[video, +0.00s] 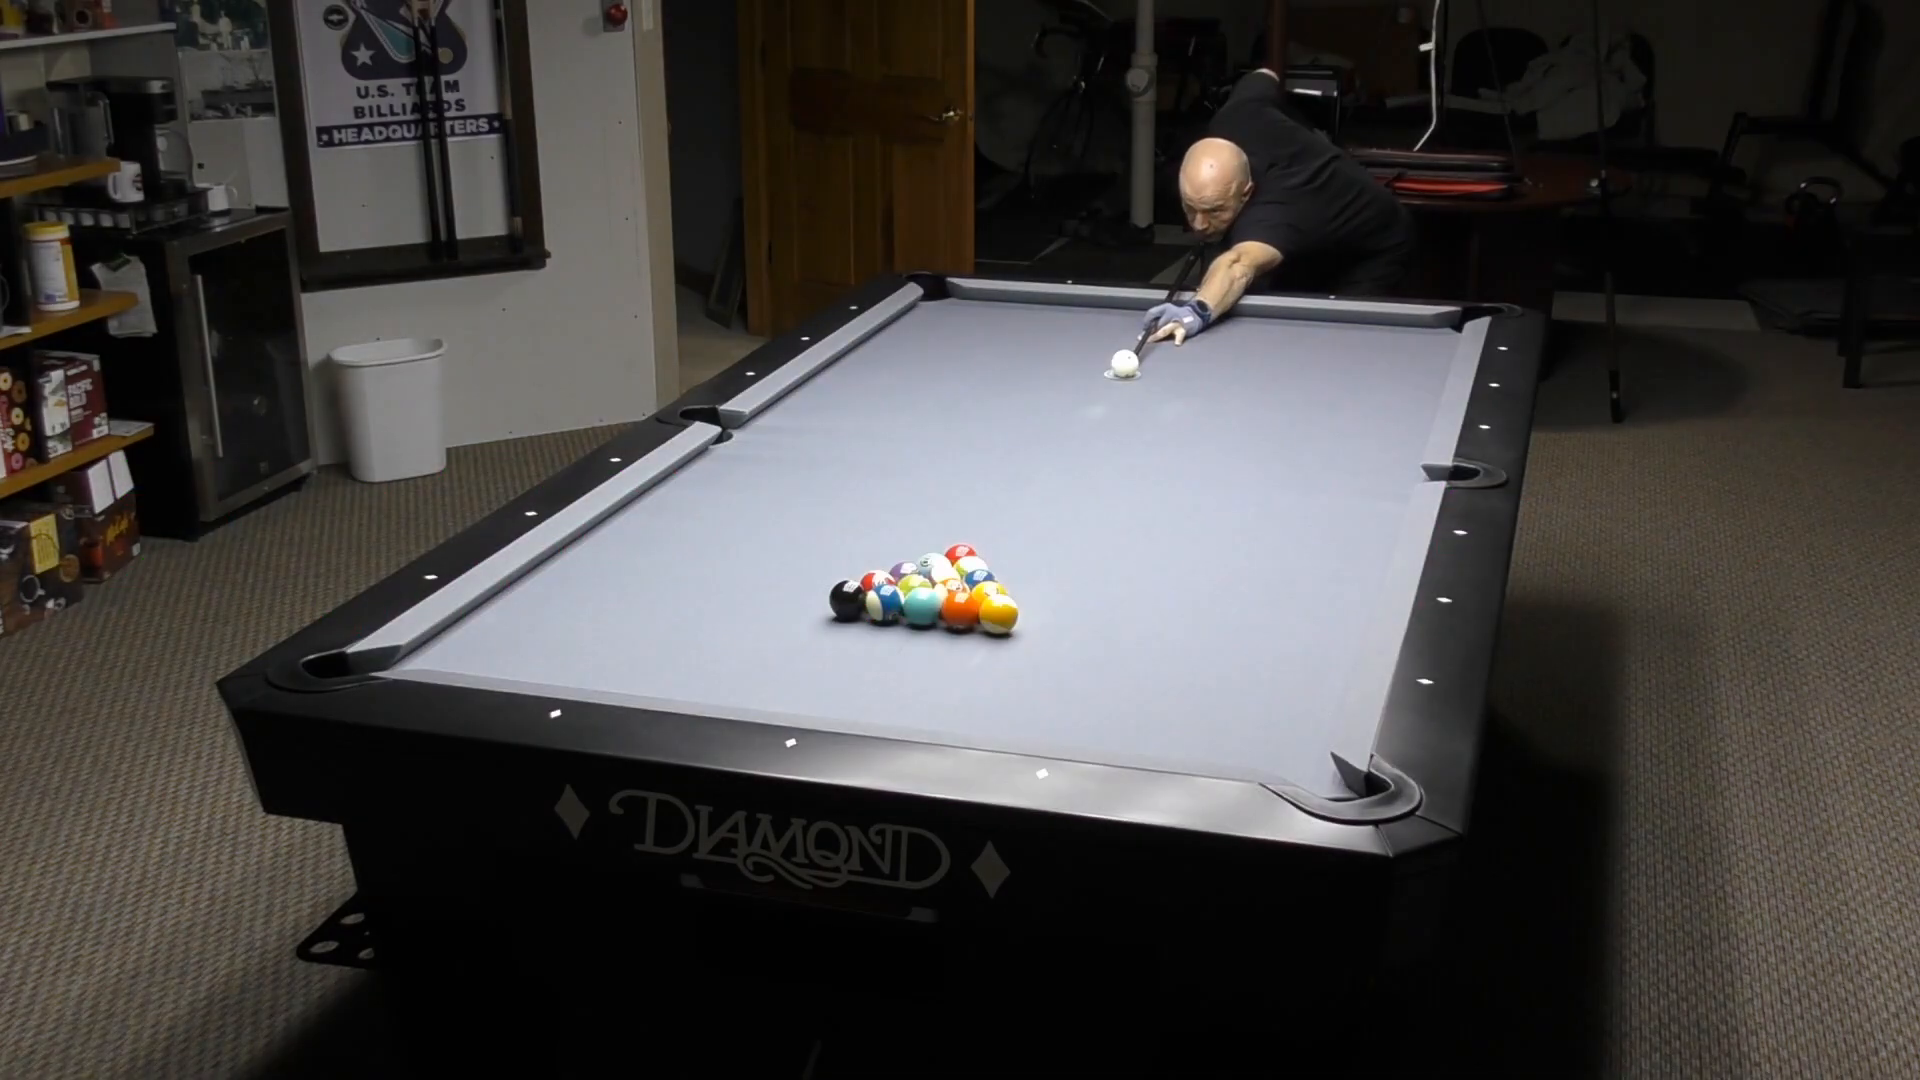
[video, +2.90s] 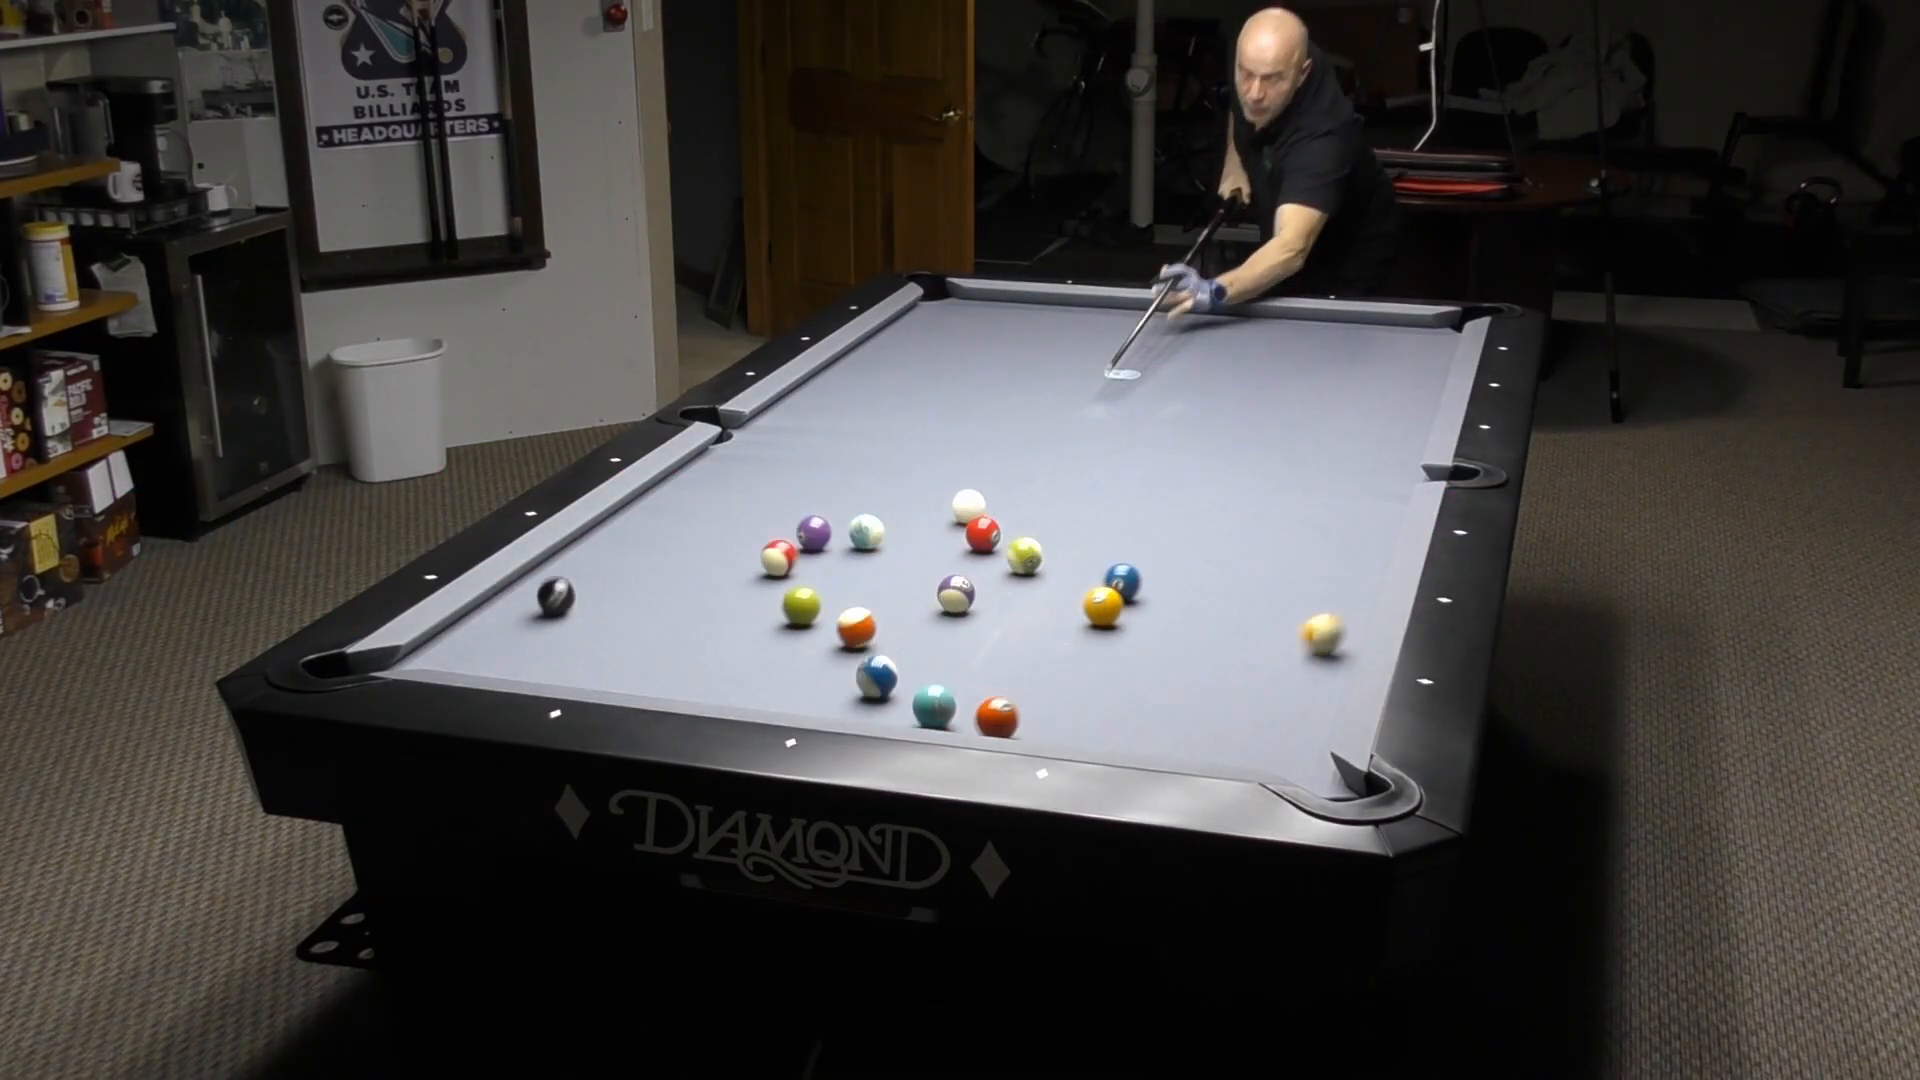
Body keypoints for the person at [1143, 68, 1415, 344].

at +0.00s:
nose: (1199, 225)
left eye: (1214, 212)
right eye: (1190, 209)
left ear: (1246, 190)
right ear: (1182, 181)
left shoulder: (1274, 216)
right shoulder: (1238, 115)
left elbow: (1238, 267)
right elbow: (1266, 74)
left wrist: (1196, 312)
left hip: (1380, 240)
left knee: (1340, 337)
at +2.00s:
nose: (1199, 231)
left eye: (1213, 217)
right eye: (1189, 215)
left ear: (1243, 195)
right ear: (1179, 188)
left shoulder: (1273, 216)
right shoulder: (1232, 121)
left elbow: (1238, 265)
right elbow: (1259, 81)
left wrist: (1195, 310)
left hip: (1378, 243)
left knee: (1339, 339)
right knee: (1280, 330)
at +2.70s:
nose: (1198, 221)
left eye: (1212, 207)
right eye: (1187, 205)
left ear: (1241, 184)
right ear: (1177, 181)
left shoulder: (1274, 196)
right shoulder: (1228, 113)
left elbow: (1258, 267)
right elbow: (1256, 78)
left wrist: (1198, 314)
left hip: (1373, 244)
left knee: (1338, 343)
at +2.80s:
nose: (1222, 174)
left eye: (1237, 161)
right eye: (1210, 159)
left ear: (1266, 138)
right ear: (1204, 127)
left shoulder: (1298, 170)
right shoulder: (1240, 78)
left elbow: (1277, 276)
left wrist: (1211, 316)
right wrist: (1221, 183)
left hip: (1363, 238)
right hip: (1295, 228)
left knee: (1342, 341)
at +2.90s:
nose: (1254, 94)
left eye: (1272, 80)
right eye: (1246, 74)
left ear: (1303, 72)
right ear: (1236, 60)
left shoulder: (1322, 129)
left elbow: (1291, 249)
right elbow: (1238, 106)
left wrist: (1214, 293)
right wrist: (1234, 162)